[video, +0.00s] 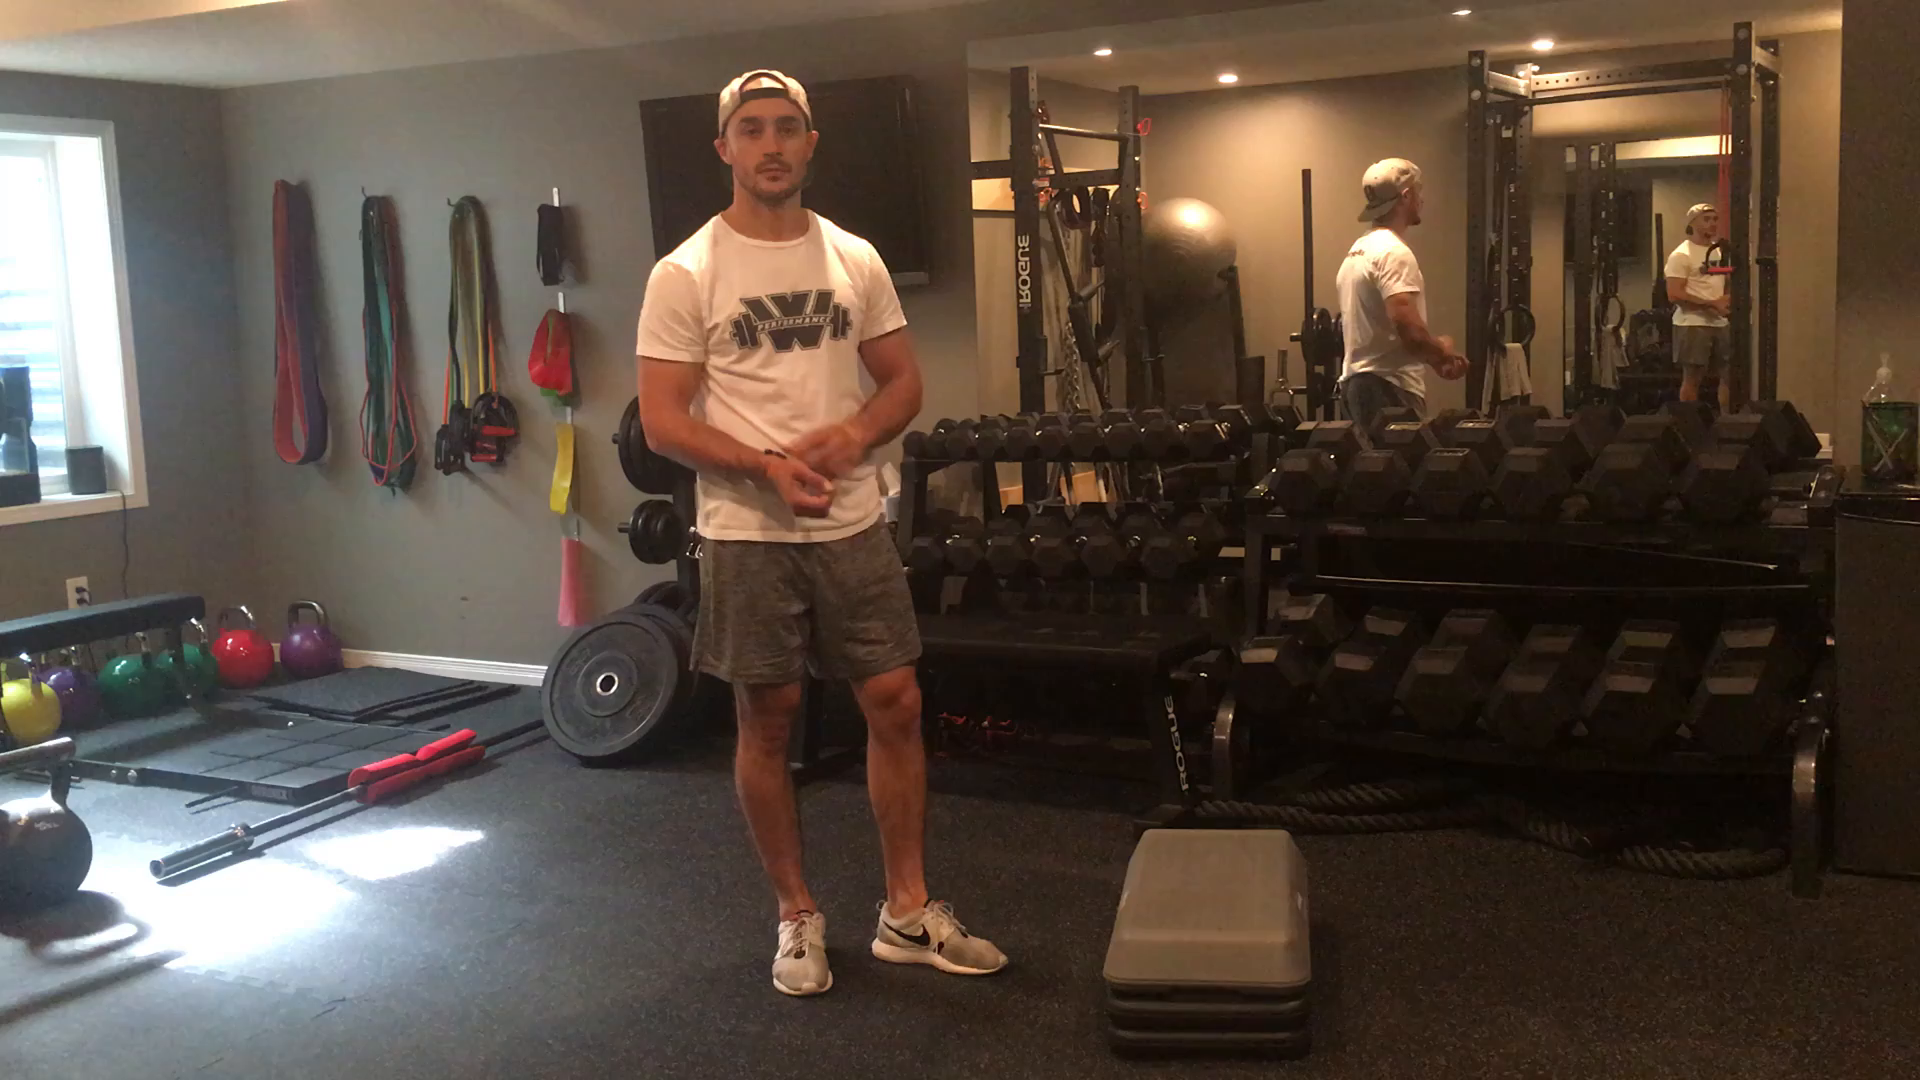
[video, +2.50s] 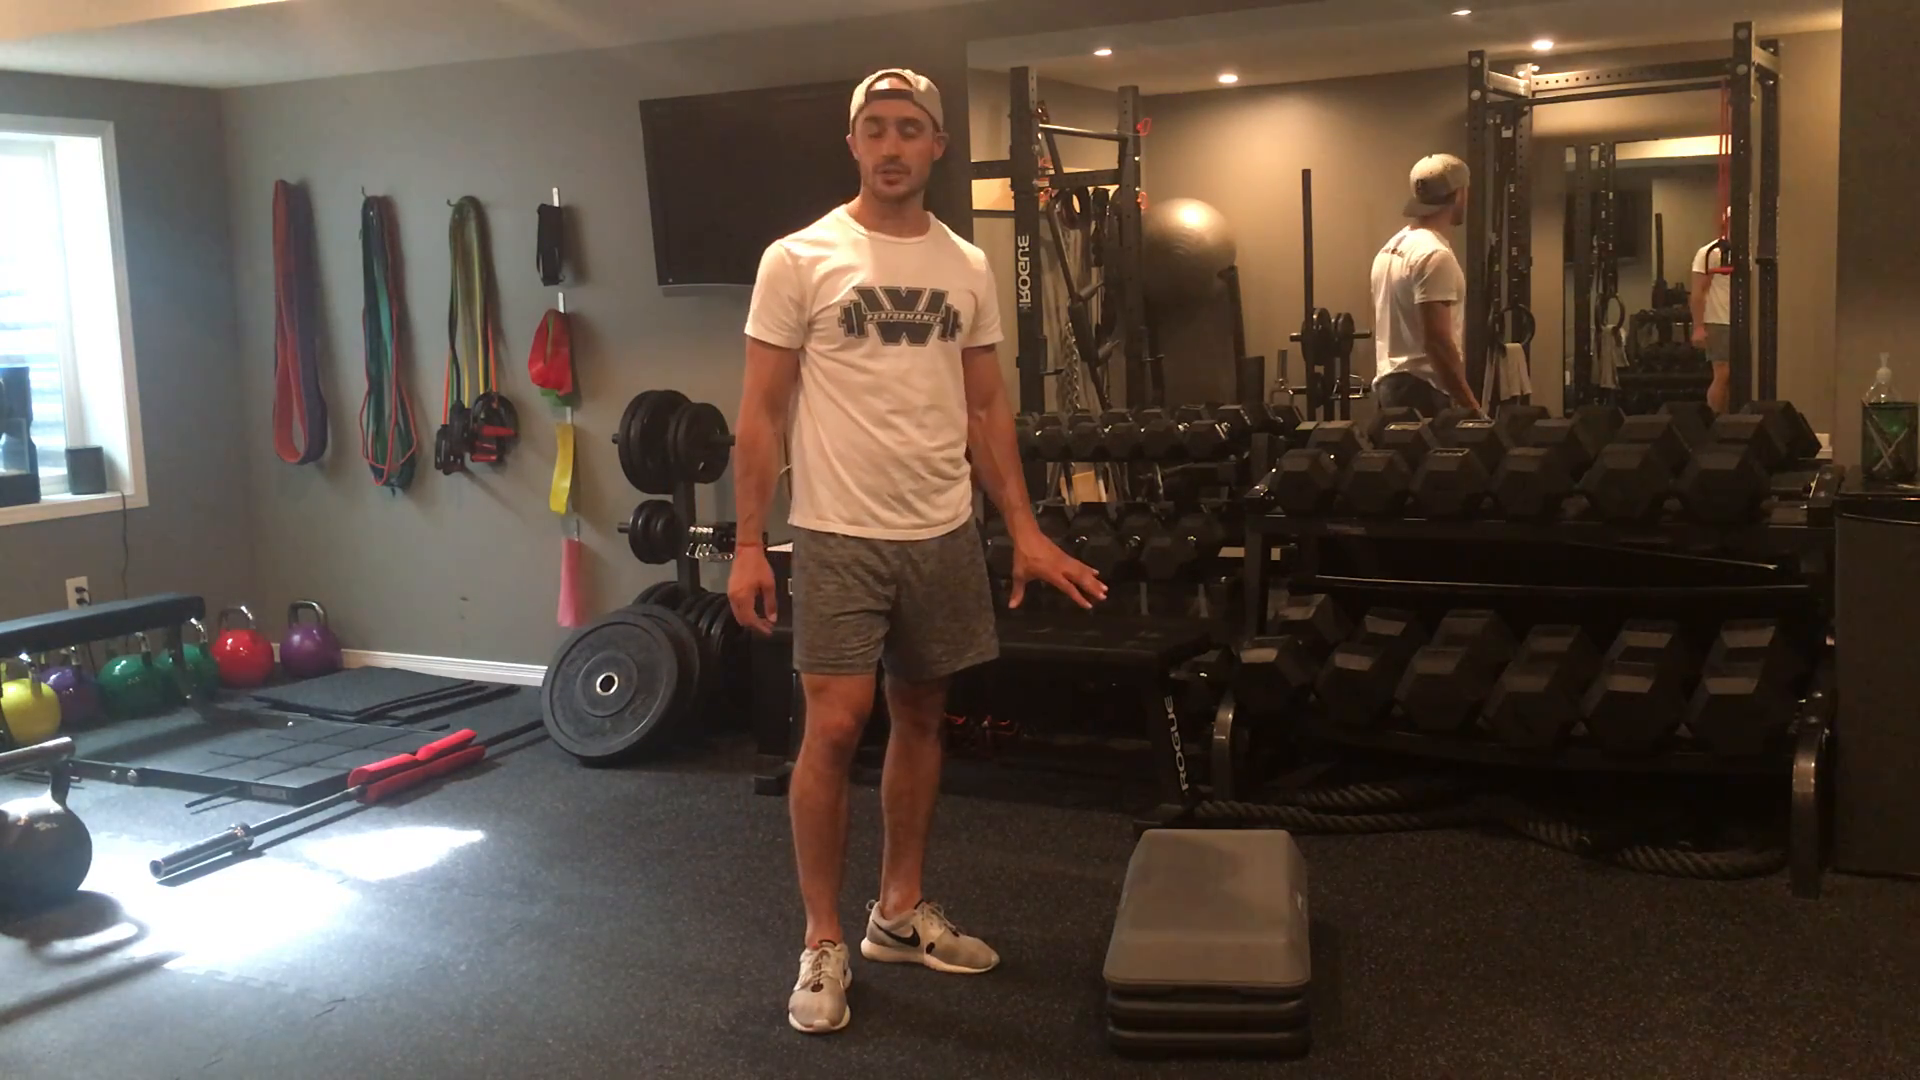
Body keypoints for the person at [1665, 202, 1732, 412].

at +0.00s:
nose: (1713, 224)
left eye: (1715, 219)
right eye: (1707, 219)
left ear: (1718, 223)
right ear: (1693, 223)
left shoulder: (1719, 252)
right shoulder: (1680, 255)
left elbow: (1727, 285)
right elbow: (1674, 294)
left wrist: (1727, 302)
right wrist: (1712, 303)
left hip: (1720, 325)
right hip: (1692, 326)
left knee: (1727, 378)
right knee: (1692, 379)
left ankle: (1727, 423)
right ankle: (1687, 426)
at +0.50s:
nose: (1728, 224)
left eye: (1729, 219)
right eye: (1724, 219)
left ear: (1729, 223)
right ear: (1711, 223)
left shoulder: (1730, 252)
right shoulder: (1694, 252)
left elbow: (1739, 290)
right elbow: (1680, 293)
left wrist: (1742, 323)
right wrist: (1680, 327)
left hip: (1730, 326)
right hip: (1703, 326)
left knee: (1731, 378)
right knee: (1699, 376)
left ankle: (1725, 425)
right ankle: (1689, 423)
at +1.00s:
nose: (1732, 228)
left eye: (1735, 224)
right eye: (1729, 223)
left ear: (1740, 226)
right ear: (1722, 225)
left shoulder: (1743, 253)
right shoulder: (1706, 252)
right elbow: (1693, 289)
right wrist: (1702, 323)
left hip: (1739, 325)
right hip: (1717, 323)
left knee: (1730, 378)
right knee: (1721, 375)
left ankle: (1725, 422)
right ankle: (1706, 421)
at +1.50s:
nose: (1735, 229)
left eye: (1737, 224)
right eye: (1732, 224)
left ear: (1741, 226)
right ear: (1723, 224)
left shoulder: (1745, 253)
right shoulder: (1705, 254)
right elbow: (1697, 294)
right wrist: (1703, 328)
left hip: (1743, 324)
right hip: (1721, 324)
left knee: (1736, 377)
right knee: (1723, 376)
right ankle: (1716, 423)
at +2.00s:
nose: (1733, 231)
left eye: (1736, 226)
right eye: (1730, 226)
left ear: (1742, 228)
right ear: (1723, 227)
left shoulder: (1744, 253)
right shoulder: (1707, 253)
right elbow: (1699, 293)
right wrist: (1707, 325)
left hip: (1743, 325)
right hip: (1721, 324)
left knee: (1734, 377)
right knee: (1723, 375)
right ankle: (1715, 423)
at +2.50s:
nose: (1732, 223)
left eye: (1735, 218)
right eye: (1729, 218)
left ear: (1741, 223)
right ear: (1723, 220)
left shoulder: (1746, 254)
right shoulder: (1707, 254)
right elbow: (1698, 291)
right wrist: (1698, 325)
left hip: (1742, 325)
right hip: (1718, 323)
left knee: (1732, 377)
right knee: (1722, 374)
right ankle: (1714, 423)